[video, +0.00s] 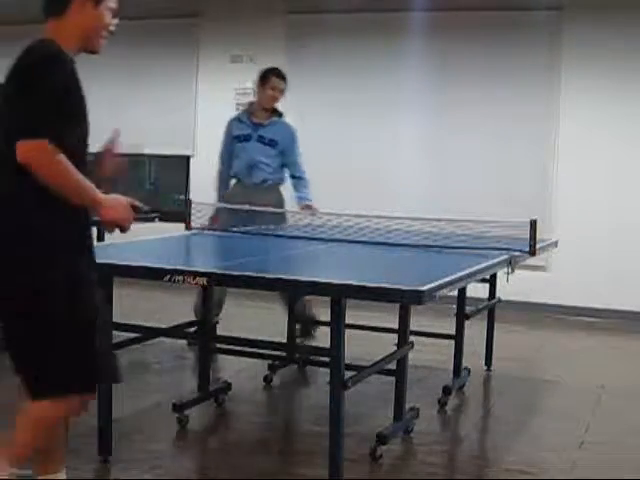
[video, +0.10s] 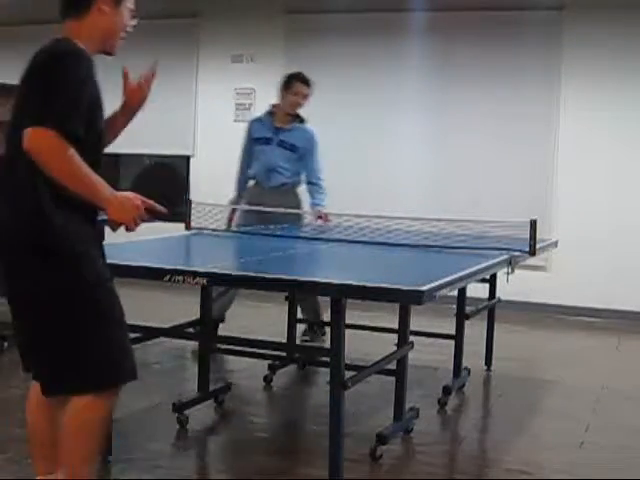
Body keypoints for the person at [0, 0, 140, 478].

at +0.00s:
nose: (111, 25)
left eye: (114, 17)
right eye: (109, 13)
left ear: (77, 11)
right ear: (79, 8)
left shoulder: (51, 64)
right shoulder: (46, 62)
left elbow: (42, 158)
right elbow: (34, 148)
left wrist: (94, 169)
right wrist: (98, 200)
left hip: (48, 247)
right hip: (38, 250)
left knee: (56, 381)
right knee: (73, 386)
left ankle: (51, 472)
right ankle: (10, 466)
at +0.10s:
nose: (130, 25)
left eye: (132, 16)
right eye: (127, 13)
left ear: (95, 11)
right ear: (100, 8)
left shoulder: (62, 60)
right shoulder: (67, 61)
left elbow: (81, 148)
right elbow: (41, 140)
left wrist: (126, 111)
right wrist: (109, 198)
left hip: (32, 246)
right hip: (58, 248)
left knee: (50, 376)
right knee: (102, 375)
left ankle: (48, 471)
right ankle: (75, 473)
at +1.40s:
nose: (151, 100)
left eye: (151, 92)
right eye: (151, 92)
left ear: (97, 91)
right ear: (141, 94)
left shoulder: (58, 135)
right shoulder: (144, 146)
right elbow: (222, 167)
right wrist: (231, 127)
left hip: (21, 292)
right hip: (86, 302)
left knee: (30, 364)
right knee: (167, 389)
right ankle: (150, 475)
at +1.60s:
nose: (147, 126)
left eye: (147, 117)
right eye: (146, 117)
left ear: (91, 114)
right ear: (133, 117)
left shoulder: (42, 145)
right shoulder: (140, 168)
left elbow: (5, 201)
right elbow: (191, 227)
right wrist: (201, 196)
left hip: (15, 298)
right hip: (82, 307)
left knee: (21, 368)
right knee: (163, 392)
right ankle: (146, 473)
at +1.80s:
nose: (147, 113)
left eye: (148, 104)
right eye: (146, 104)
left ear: (90, 101)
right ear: (133, 105)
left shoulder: (41, 134)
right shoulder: (142, 157)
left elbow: (2, 187)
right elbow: (194, 218)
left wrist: (17, 222)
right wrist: (204, 189)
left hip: (15, 291)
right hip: (83, 298)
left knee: (18, 365)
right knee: (160, 389)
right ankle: (147, 473)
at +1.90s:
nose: (148, 109)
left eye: (149, 101)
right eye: (148, 100)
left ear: (91, 98)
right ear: (134, 102)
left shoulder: (42, 133)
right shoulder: (143, 154)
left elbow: (1, 184)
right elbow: (195, 215)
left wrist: (18, 215)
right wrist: (207, 186)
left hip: (15, 288)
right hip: (83, 295)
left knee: (19, 364)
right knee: (160, 389)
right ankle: (148, 474)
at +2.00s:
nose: (148, 110)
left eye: (150, 101)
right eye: (148, 100)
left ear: (92, 98)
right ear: (134, 102)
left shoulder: (43, 133)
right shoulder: (145, 155)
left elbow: (1, 184)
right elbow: (196, 215)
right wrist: (209, 186)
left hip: (15, 288)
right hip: (83, 295)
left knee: (20, 365)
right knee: (161, 389)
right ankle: (148, 473)